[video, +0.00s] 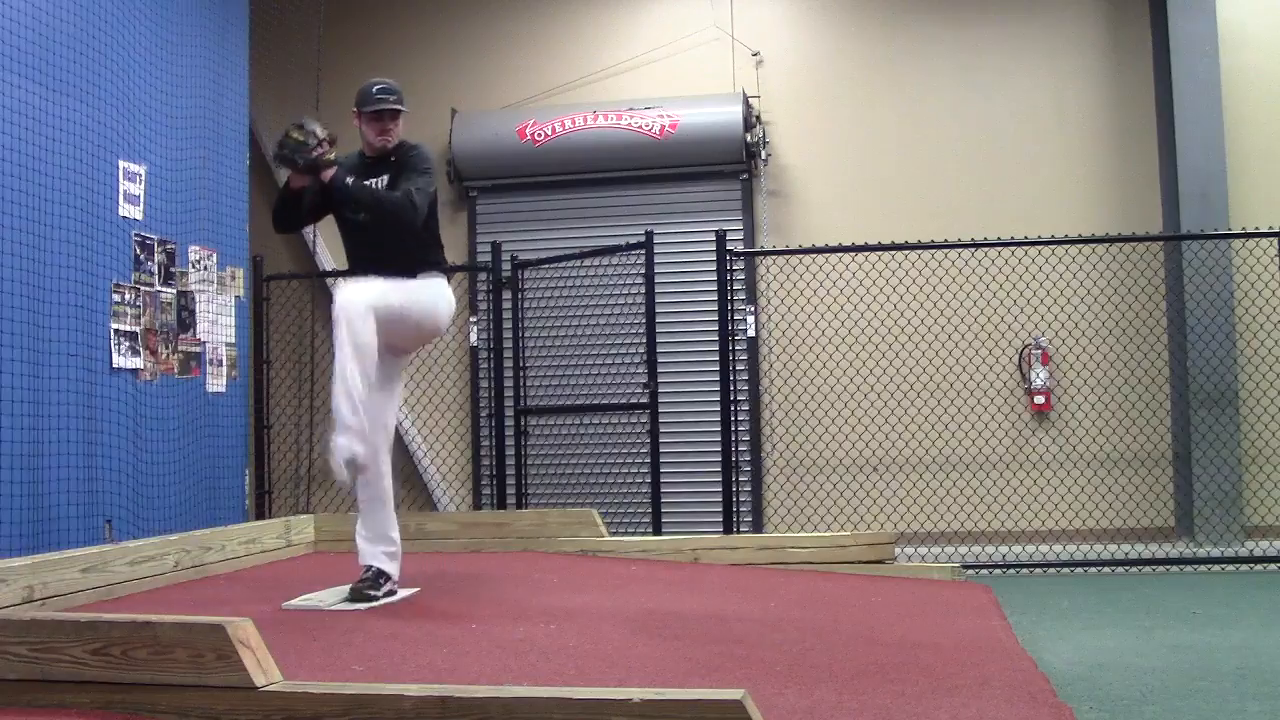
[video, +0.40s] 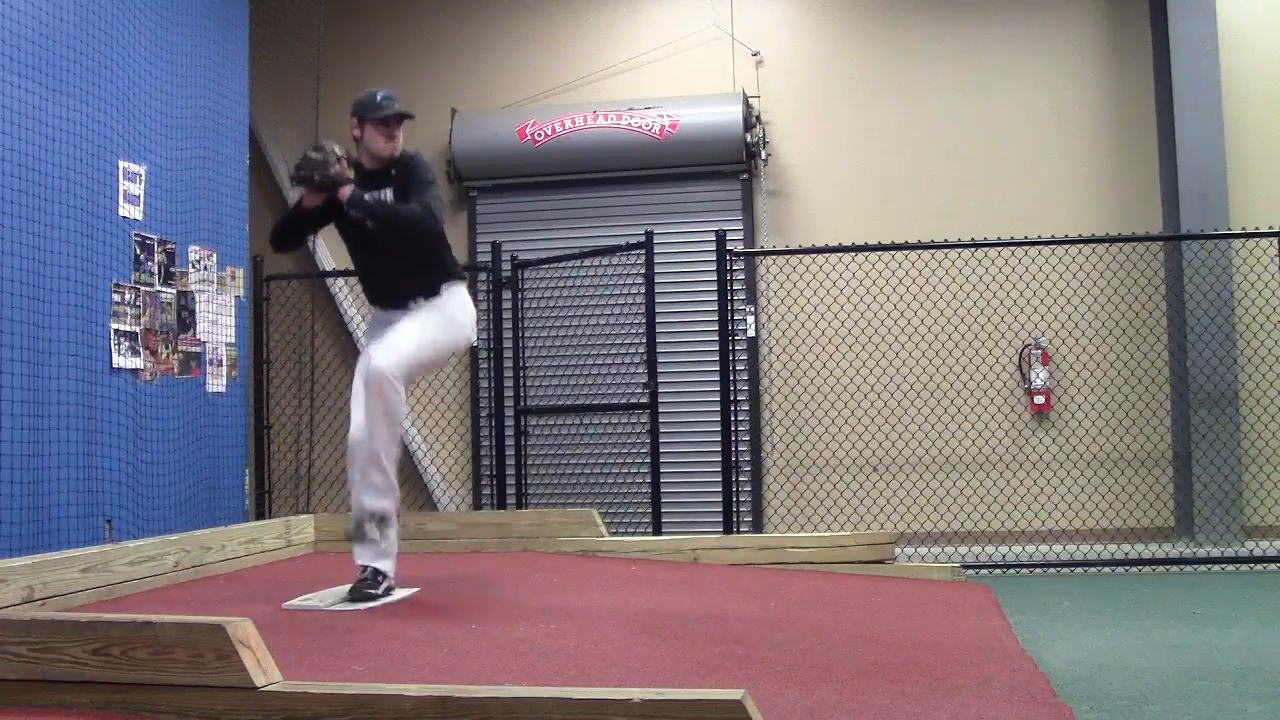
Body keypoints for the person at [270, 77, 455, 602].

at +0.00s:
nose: (385, 126)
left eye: (392, 117)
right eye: (375, 118)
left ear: (403, 120)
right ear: (357, 121)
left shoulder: (415, 159)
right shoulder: (341, 171)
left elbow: (408, 213)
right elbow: (287, 222)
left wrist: (335, 181)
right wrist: (298, 180)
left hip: (427, 294)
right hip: (369, 305)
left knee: (351, 297)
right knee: (369, 440)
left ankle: (351, 442)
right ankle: (380, 566)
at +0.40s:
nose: (395, 134)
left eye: (399, 125)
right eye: (384, 126)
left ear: (405, 128)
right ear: (357, 131)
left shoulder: (413, 168)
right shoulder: (338, 183)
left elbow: (427, 222)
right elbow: (281, 241)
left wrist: (352, 197)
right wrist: (309, 203)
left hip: (444, 305)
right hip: (387, 319)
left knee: (382, 364)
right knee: (364, 439)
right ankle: (375, 567)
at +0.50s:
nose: (395, 159)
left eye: (399, 150)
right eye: (384, 151)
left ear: (404, 153)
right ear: (357, 156)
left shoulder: (412, 195)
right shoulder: (340, 210)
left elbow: (437, 243)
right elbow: (293, 282)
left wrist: (364, 236)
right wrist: (317, 245)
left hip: (454, 331)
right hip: (397, 344)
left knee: (402, 401)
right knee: (363, 444)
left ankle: (403, 544)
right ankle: (376, 566)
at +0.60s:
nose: (396, 181)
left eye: (400, 173)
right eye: (385, 174)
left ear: (406, 177)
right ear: (359, 180)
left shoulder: (415, 216)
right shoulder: (341, 241)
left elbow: (458, 257)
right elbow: (322, 315)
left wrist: (404, 279)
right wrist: (352, 289)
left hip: (467, 350)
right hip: (406, 364)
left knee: (434, 424)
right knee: (378, 455)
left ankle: (454, 571)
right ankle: (382, 573)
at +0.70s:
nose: (409, 193)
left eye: (413, 184)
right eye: (397, 185)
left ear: (419, 188)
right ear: (372, 192)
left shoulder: (432, 227)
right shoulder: (357, 257)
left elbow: (478, 260)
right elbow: (346, 334)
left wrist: (472, 275)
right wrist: (350, 406)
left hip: (487, 360)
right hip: (426, 376)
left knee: (485, 440)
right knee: (393, 469)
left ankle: (532, 579)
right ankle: (382, 574)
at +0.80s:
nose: (435, 192)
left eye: (439, 183)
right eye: (423, 185)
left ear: (447, 187)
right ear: (398, 194)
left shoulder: (465, 227)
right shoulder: (383, 261)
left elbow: (528, 227)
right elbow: (358, 336)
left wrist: (588, 227)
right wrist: (338, 410)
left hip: (512, 367)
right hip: (449, 383)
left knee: (552, 448)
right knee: (407, 478)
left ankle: (628, 578)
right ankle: (383, 574)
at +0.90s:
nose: (482, 184)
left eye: (485, 174)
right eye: (470, 176)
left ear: (491, 180)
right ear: (442, 185)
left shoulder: (515, 218)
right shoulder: (426, 252)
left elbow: (592, 207)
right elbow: (377, 302)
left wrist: (668, 188)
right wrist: (322, 346)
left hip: (554, 372)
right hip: (484, 386)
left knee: (629, 460)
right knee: (433, 486)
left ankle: (709, 583)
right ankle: (383, 572)